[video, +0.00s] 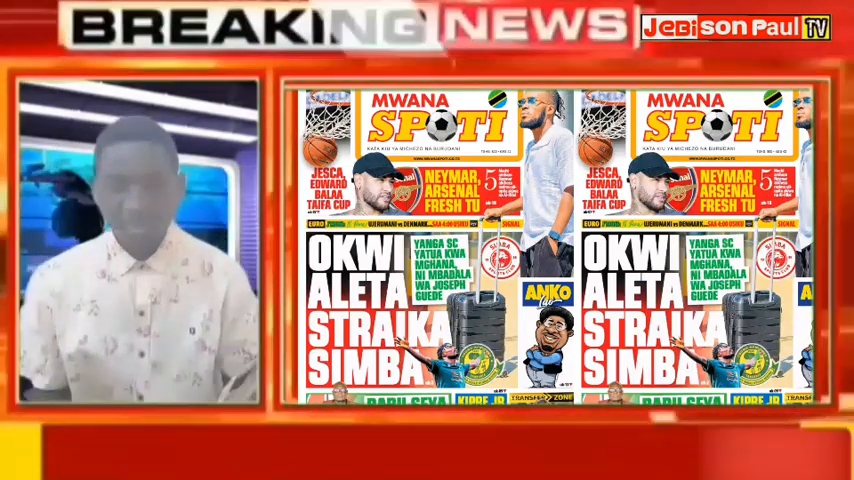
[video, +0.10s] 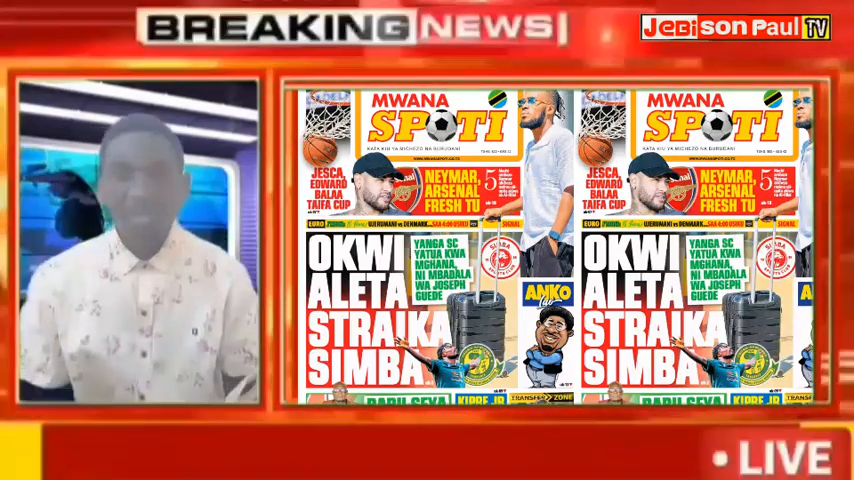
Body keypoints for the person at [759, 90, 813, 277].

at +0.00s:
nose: (799, 107)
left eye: (806, 101)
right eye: (797, 103)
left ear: (820, 107)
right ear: (793, 109)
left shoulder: (825, 148)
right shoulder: (806, 149)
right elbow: (805, 196)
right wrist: (777, 210)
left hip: (819, 239)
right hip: (803, 239)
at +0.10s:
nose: (799, 107)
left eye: (806, 101)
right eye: (797, 103)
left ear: (820, 107)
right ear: (794, 110)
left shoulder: (826, 148)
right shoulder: (806, 149)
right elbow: (805, 196)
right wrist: (777, 211)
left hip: (819, 240)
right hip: (804, 240)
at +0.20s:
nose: (799, 107)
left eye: (806, 102)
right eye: (797, 103)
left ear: (820, 108)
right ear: (794, 110)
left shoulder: (826, 148)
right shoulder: (806, 149)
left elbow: (830, 193)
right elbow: (805, 196)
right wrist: (777, 211)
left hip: (819, 239)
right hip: (804, 239)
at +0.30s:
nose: (799, 107)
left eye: (806, 101)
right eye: (797, 102)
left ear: (820, 108)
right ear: (794, 109)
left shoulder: (826, 148)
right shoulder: (806, 149)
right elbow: (805, 196)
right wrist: (777, 211)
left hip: (820, 240)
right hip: (804, 239)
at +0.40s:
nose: (799, 107)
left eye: (806, 101)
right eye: (797, 103)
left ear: (820, 108)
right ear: (794, 110)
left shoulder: (827, 148)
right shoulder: (806, 149)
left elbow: (830, 193)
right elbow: (805, 196)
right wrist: (777, 211)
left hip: (820, 240)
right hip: (804, 239)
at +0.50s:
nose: (799, 107)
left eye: (807, 101)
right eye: (797, 102)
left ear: (821, 107)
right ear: (794, 109)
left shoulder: (826, 149)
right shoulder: (806, 149)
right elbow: (805, 196)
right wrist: (777, 210)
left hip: (819, 240)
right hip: (804, 239)